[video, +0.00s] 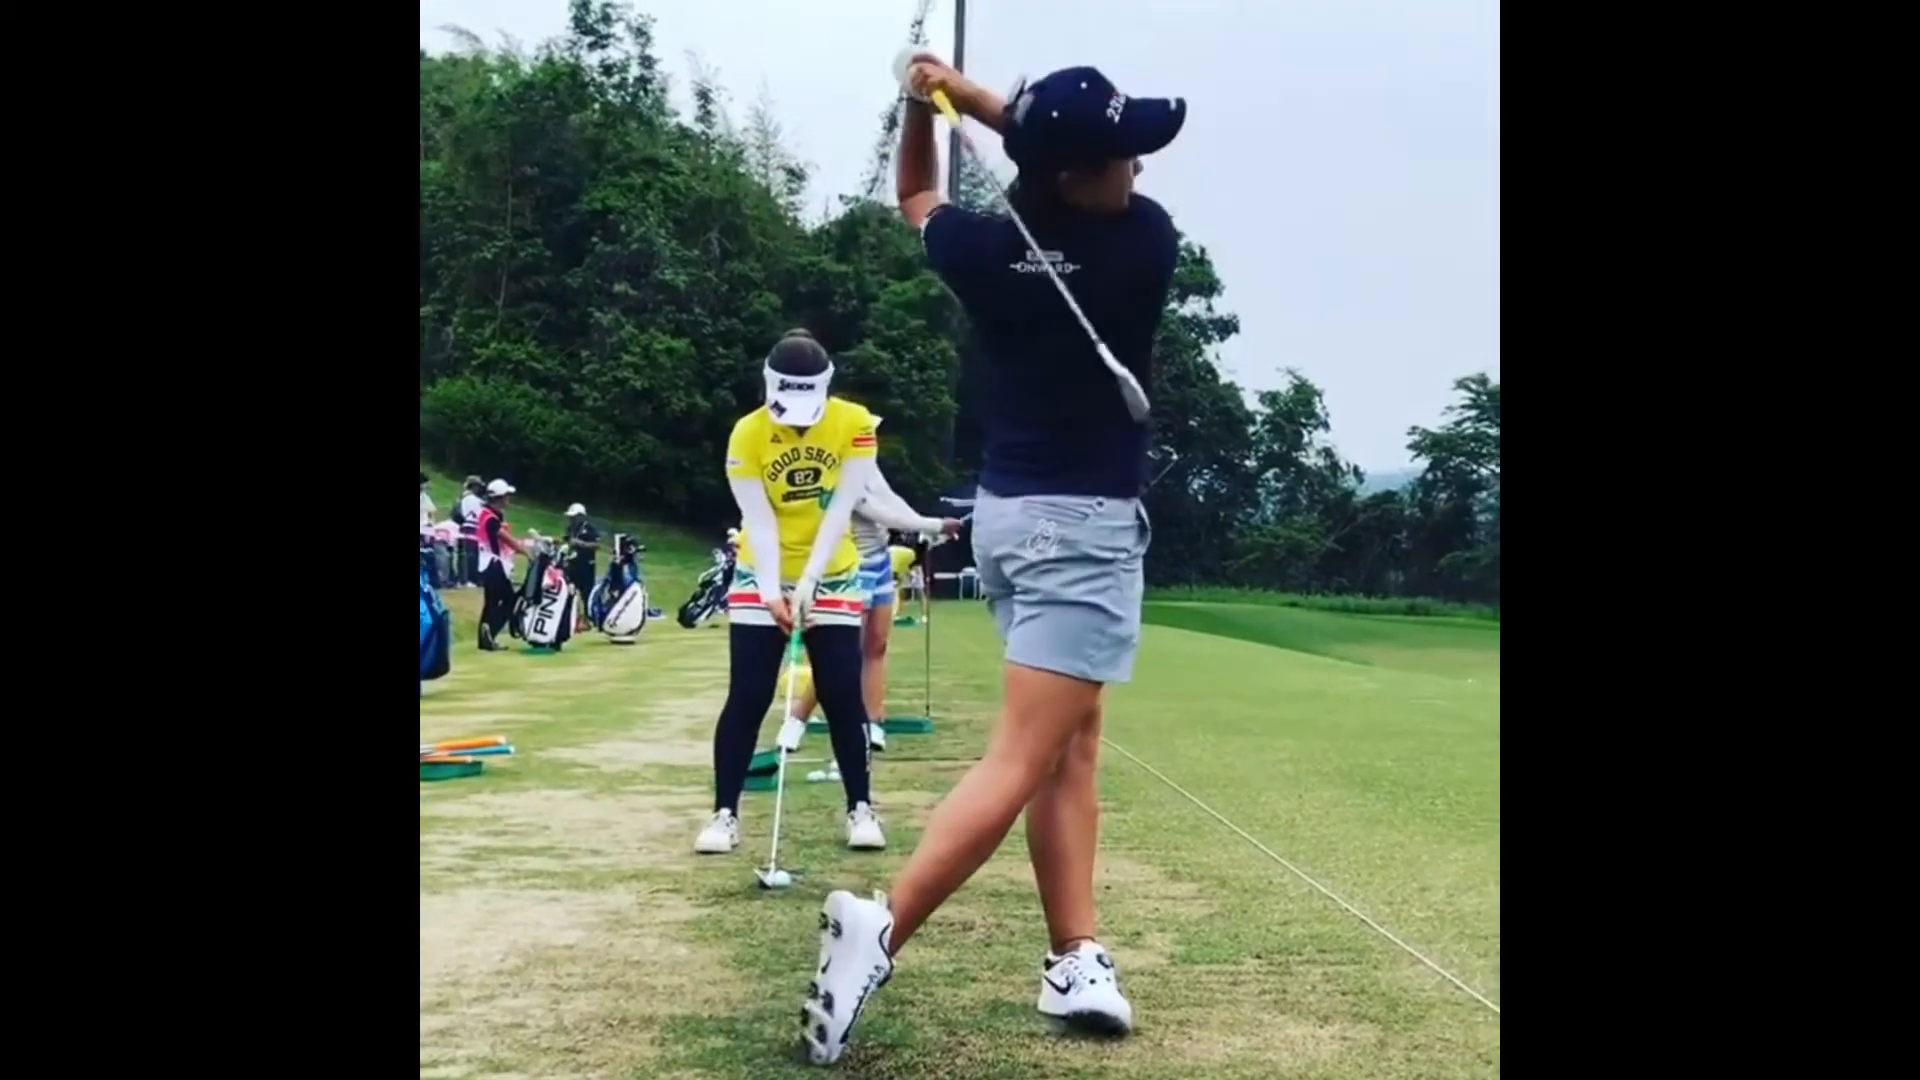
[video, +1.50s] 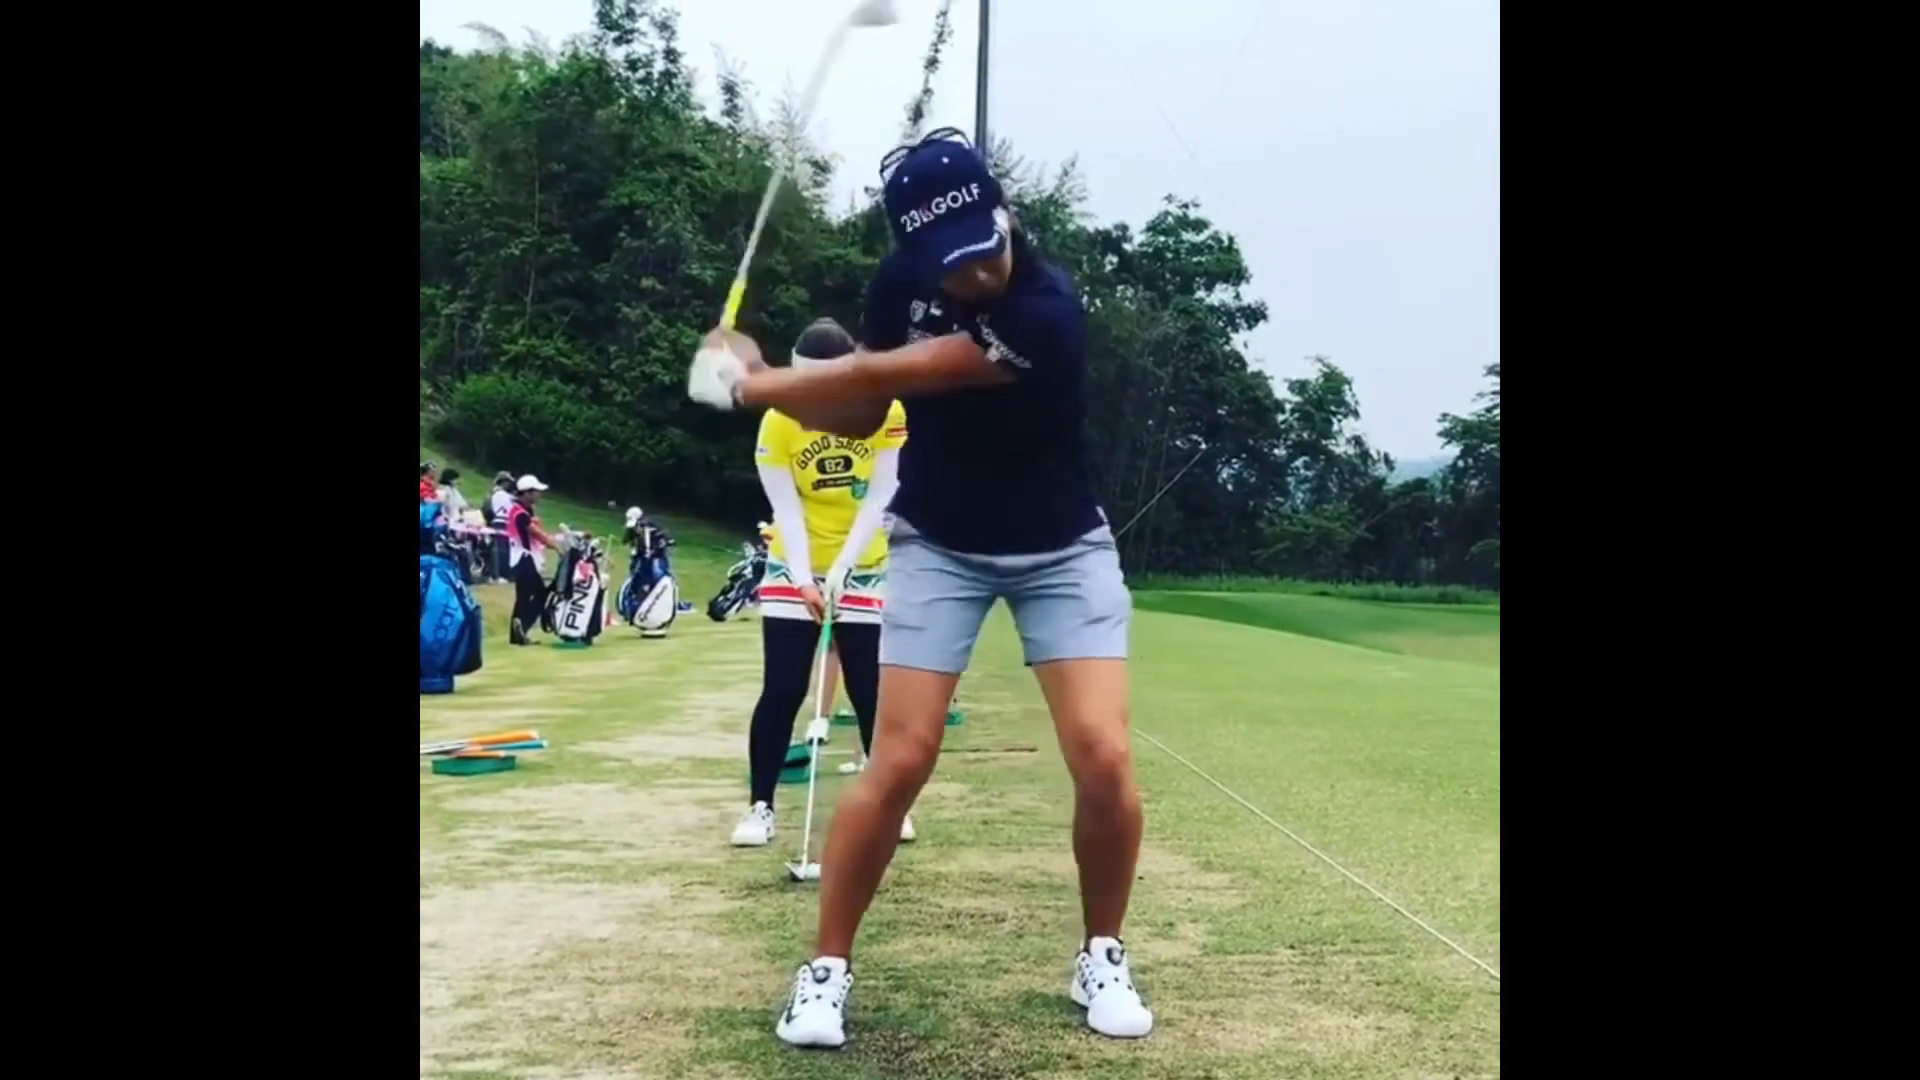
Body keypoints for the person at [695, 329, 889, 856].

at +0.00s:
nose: (795, 414)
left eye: (806, 403)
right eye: (785, 402)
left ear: (825, 387)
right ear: (769, 387)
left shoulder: (855, 424)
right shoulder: (746, 436)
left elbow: (844, 506)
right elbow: (758, 522)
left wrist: (808, 579)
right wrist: (769, 586)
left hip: (834, 575)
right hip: (759, 574)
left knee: (842, 696)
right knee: (747, 696)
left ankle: (860, 808)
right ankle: (724, 814)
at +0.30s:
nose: (799, 421)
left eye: (810, 411)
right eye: (790, 409)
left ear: (831, 394)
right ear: (774, 393)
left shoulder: (861, 431)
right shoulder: (753, 442)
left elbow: (844, 513)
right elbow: (765, 527)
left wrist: (808, 582)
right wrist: (774, 595)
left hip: (835, 580)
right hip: (764, 578)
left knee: (838, 697)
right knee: (746, 696)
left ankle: (852, 814)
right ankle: (714, 815)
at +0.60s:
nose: (789, 426)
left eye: (800, 415)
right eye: (780, 414)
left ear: (819, 398)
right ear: (764, 397)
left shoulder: (849, 435)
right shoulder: (741, 445)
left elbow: (833, 517)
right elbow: (755, 529)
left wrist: (797, 588)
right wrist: (770, 598)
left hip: (823, 587)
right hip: (750, 586)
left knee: (830, 702)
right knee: (736, 702)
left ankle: (849, 816)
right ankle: (710, 820)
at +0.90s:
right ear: (837, 348)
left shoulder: (898, 409)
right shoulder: (806, 408)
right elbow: (809, 501)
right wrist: (819, 567)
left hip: (885, 546)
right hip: (825, 548)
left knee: (877, 680)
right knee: (806, 666)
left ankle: (872, 786)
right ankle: (788, 785)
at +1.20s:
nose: (828, 390)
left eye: (838, 379)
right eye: (818, 378)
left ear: (855, 368)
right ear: (802, 369)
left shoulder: (876, 404)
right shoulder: (779, 416)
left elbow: (892, 488)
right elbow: (788, 503)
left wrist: (855, 562)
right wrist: (806, 572)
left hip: (864, 560)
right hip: (795, 562)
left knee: (868, 692)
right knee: (787, 685)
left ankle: (876, 796)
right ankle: (768, 800)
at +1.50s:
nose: (819, 391)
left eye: (831, 380)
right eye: (810, 380)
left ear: (853, 373)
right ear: (795, 374)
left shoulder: (888, 417)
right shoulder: (778, 424)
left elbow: (881, 500)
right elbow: (786, 509)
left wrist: (840, 568)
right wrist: (802, 575)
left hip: (866, 568)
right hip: (791, 566)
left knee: (872, 694)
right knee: (782, 689)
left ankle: (893, 804)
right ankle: (760, 806)